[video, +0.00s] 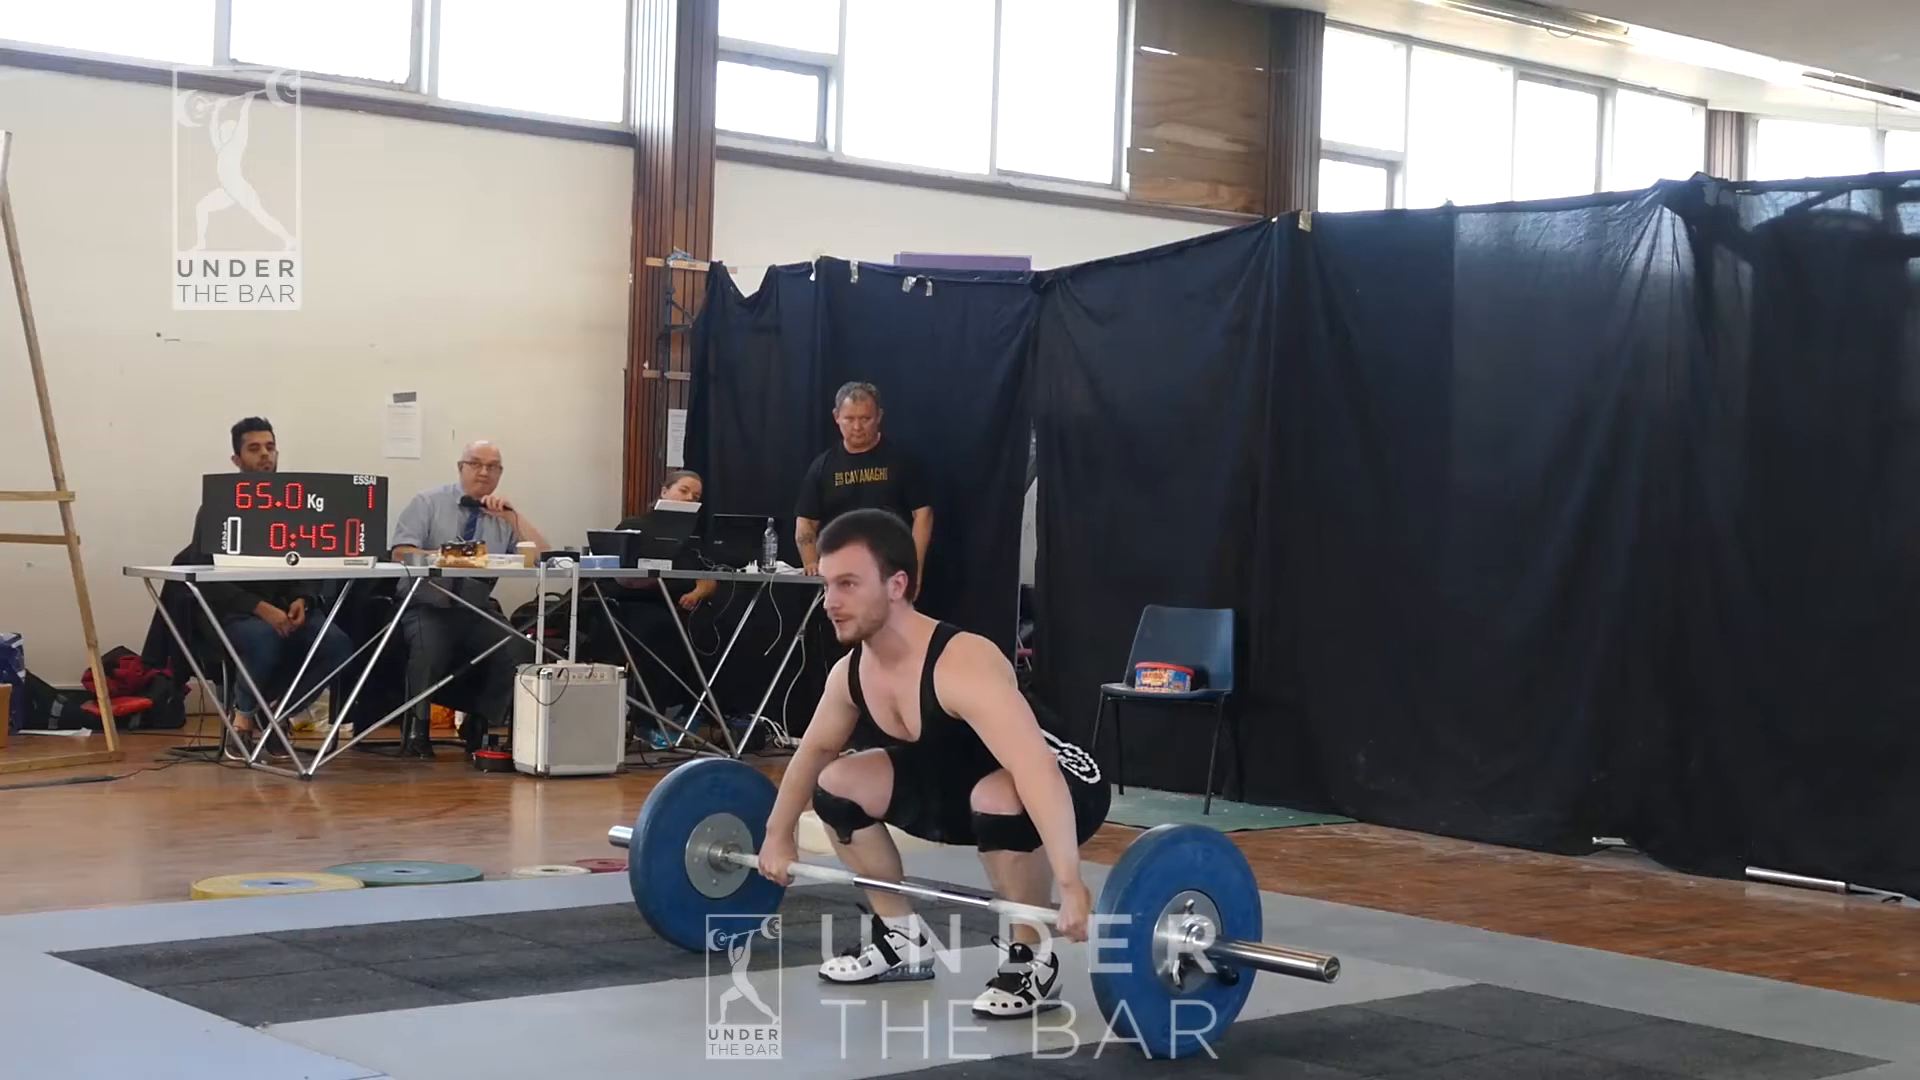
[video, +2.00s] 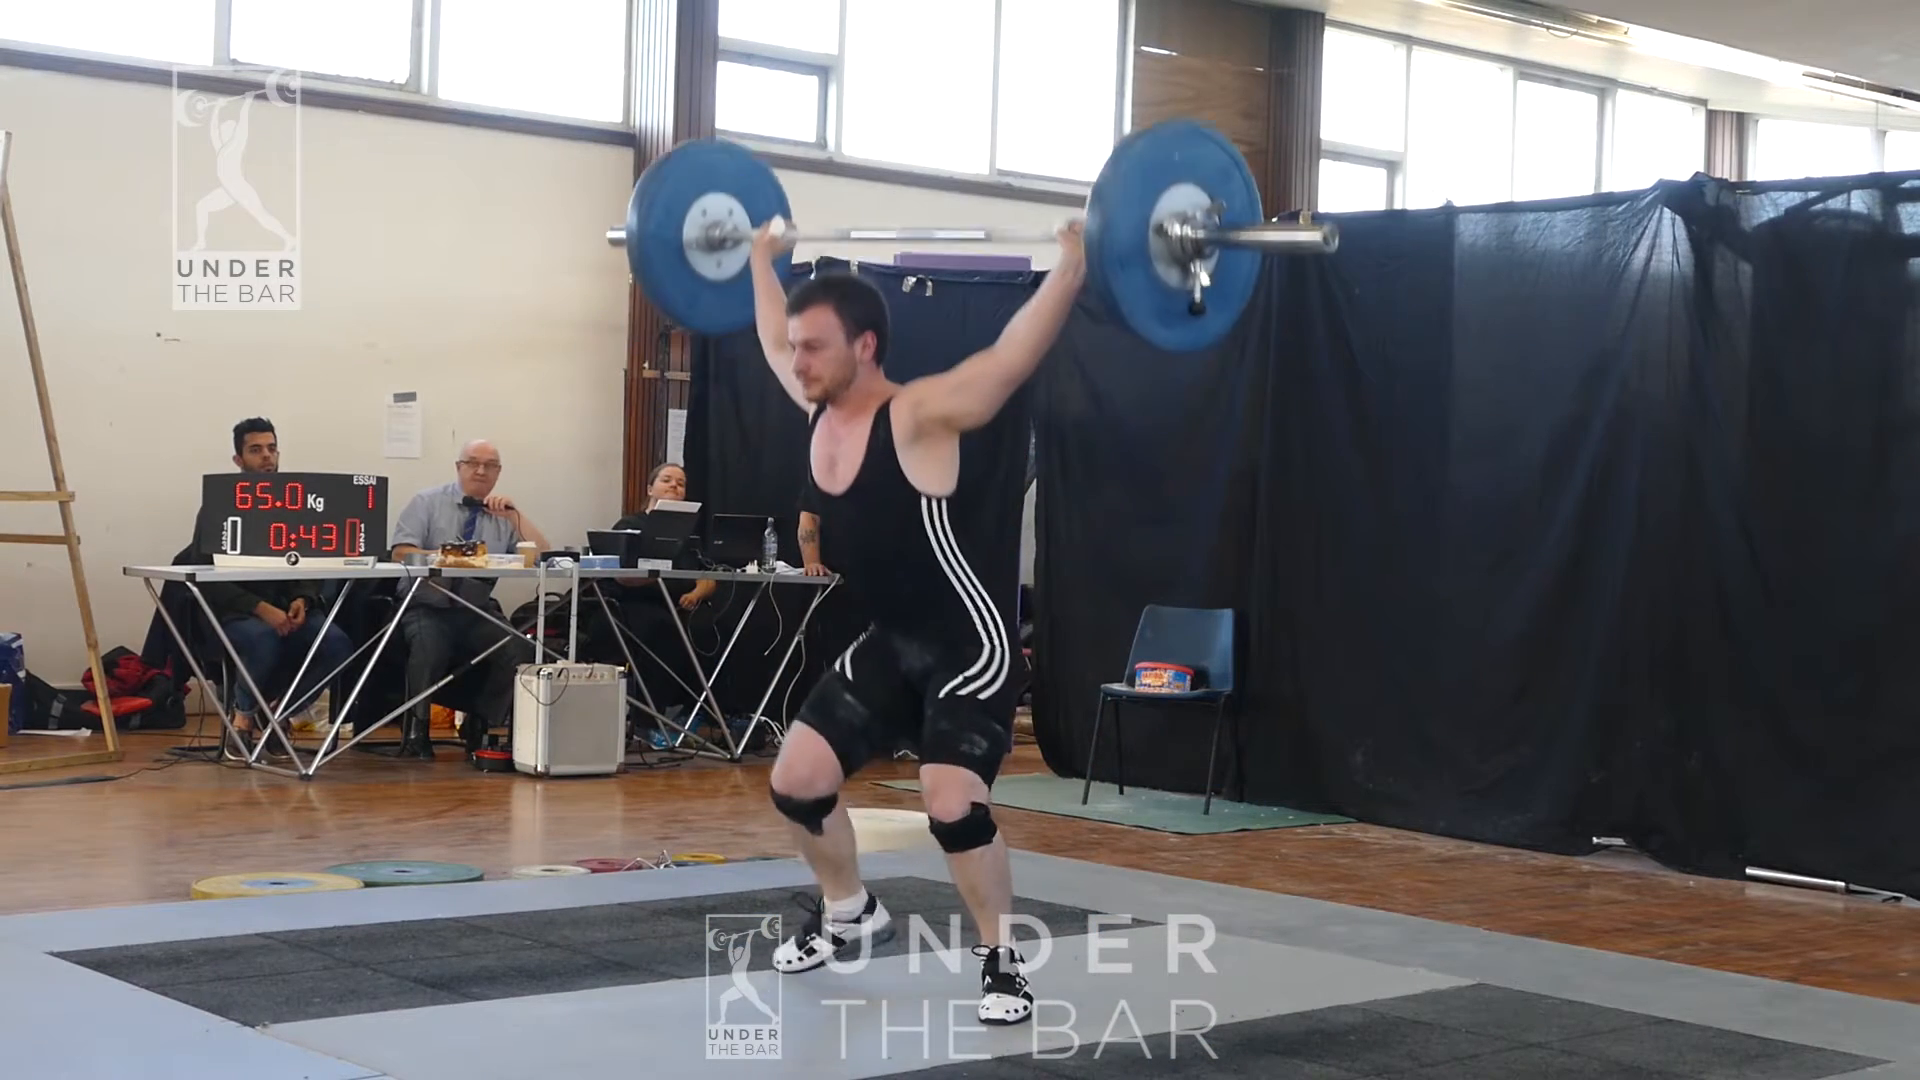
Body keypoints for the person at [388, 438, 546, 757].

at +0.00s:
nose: (483, 472)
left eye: (492, 467)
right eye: (475, 465)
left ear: (500, 474)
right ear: (461, 468)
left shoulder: (503, 517)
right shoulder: (428, 503)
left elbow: (541, 553)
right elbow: (401, 551)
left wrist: (514, 515)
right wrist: (445, 559)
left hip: (478, 608)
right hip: (428, 605)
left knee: (517, 652)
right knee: (430, 649)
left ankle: (477, 727)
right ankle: (417, 732)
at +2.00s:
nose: (481, 472)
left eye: (490, 466)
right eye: (473, 464)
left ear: (499, 473)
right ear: (459, 468)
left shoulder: (503, 516)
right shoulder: (427, 502)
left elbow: (544, 555)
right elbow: (401, 552)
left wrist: (516, 515)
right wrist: (444, 560)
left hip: (478, 609)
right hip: (428, 605)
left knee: (518, 651)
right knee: (429, 649)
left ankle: (477, 727)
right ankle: (417, 731)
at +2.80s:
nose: (438, 469)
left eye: (449, 463)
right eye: (432, 462)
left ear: (467, 468)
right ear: (426, 465)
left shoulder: (486, 507)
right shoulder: (405, 503)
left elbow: (537, 548)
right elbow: (392, 547)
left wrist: (509, 531)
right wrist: (445, 550)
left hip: (473, 605)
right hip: (422, 604)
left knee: (515, 649)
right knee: (431, 641)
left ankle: (478, 726)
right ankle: (422, 729)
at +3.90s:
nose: (402, 468)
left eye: (412, 461)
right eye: (397, 460)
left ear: (433, 464)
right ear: (391, 462)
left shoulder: (461, 499)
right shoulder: (380, 501)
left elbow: (508, 533)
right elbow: (367, 554)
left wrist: (504, 547)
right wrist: (404, 535)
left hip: (461, 599)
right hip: (409, 604)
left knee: (503, 657)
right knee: (445, 659)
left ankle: (479, 727)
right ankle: (444, 721)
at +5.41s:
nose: (379, 471)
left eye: (388, 463)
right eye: (374, 463)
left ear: (411, 465)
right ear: (370, 465)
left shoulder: (442, 498)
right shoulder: (367, 506)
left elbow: (490, 525)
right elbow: (354, 551)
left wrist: (504, 542)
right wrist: (406, 552)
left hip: (456, 597)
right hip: (406, 605)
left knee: (503, 653)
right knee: (444, 660)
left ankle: (480, 727)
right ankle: (446, 723)